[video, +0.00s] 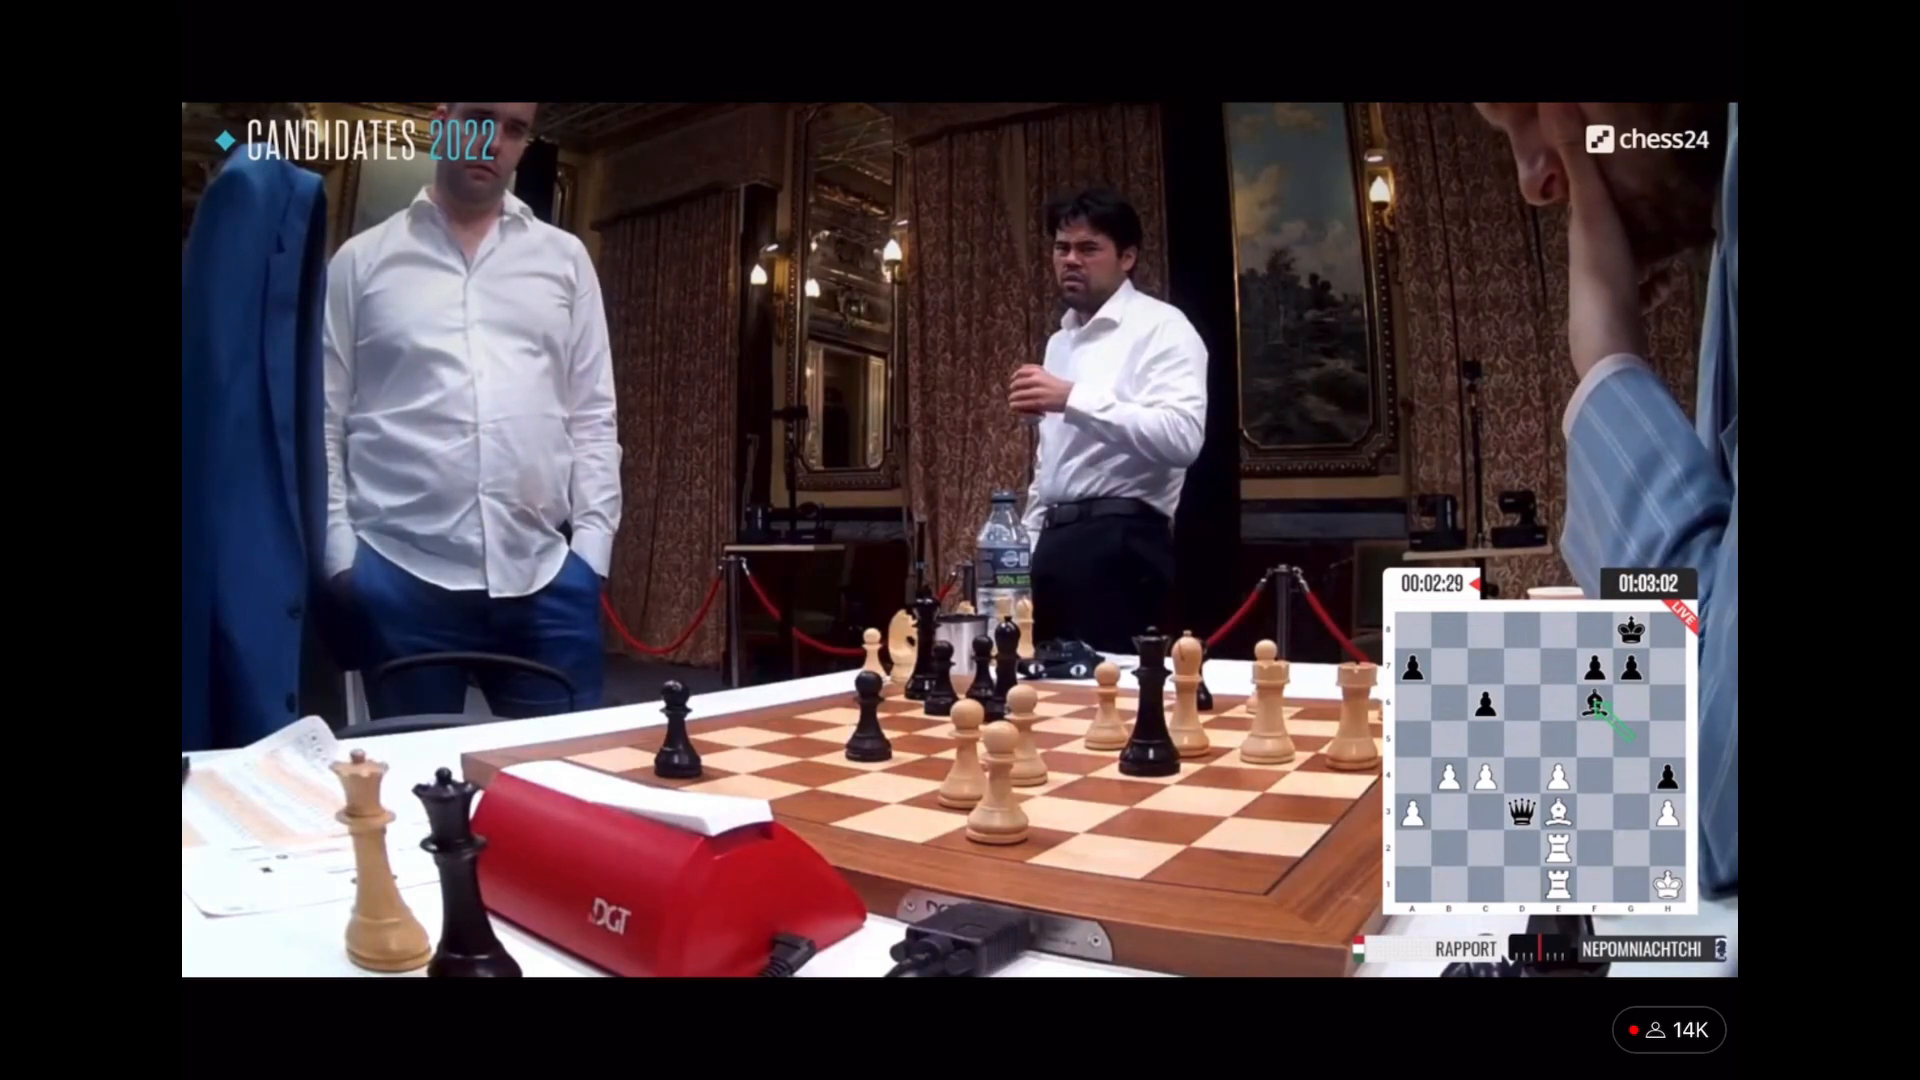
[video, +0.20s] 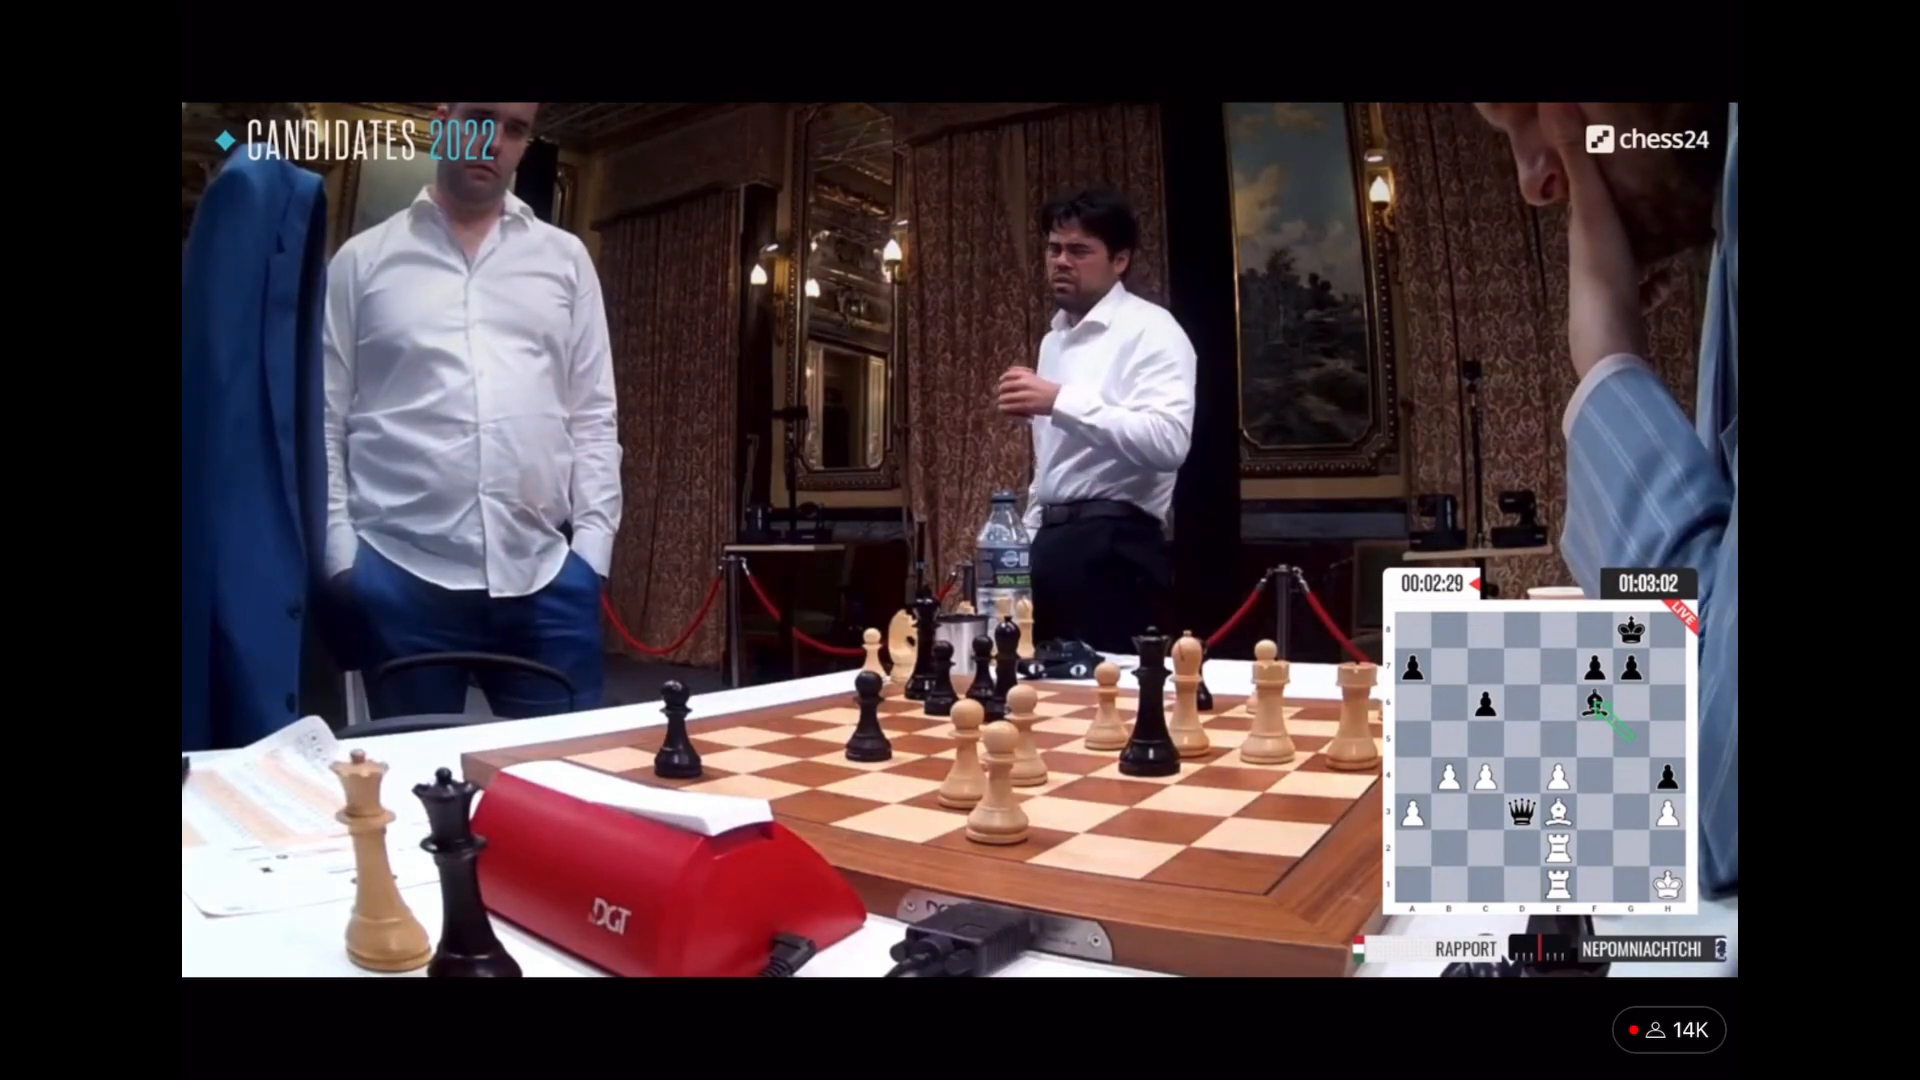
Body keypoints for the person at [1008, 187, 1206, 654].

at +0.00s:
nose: (1071, 261)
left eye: (1088, 248)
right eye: (1063, 248)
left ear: (1126, 258)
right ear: (1052, 254)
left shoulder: (1166, 329)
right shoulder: (1060, 344)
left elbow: (1181, 437)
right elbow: (1050, 461)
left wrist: (1072, 397)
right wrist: (1029, 539)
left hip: (1125, 536)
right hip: (1058, 535)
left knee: (1122, 696)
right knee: (1059, 696)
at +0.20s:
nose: (1061, 262)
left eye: (1079, 251)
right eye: (1055, 249)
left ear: (1119, 261)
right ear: (1045, 254)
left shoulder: (1155, 332)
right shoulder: (1054, 342)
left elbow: (1167, 442)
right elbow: (1051, 460)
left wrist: (1060, 400)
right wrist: (1030, 529)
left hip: (1118, 537)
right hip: (1055, 534)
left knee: (1118, 696)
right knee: (1060, 696)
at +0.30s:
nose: (1039, 264)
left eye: (1056, 251)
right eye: (1035, 250)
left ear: (1100, 262)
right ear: (1028, 254)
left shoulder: (1138, 332)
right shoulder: (1046, 338)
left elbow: (1148, 443)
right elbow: (1056, 445)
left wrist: (1039, 403)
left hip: (1105, 535)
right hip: (1050, 531)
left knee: (1103, 695)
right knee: (1055, 692)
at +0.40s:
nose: (1016, 266)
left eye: (1031, 253)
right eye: (1014, 254)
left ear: (1077, 261)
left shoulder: (1119, 333)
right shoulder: (1035, 338)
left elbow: (1125, 442)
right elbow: (1051, 445)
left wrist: (1018, 406)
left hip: (1092, 539)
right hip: (1040, 532)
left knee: (1092, 695)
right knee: (1044, 693)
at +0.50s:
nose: (979, 275)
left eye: (993, 261)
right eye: (979, 264)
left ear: (1041, 266)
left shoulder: (1083, 336)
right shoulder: (1017, 345)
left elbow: (1082, 444)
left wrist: (981, 409)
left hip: (1069, 546)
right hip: (1022, 540)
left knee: (1085, 699)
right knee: (1030, 697)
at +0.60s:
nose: (953, 283)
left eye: (965, 269)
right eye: (954, 271)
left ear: (1011, 273)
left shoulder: (1055, 342)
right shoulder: (999, 349)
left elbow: (1044, 446)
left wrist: (951, 412)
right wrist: (948, 415)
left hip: (1045, 546)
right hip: (1002, 539)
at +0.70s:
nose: (926, 289)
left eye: (936, 275)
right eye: (926, 278)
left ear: (981, 276)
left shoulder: (1021, 344)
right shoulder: (976, 348)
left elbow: (1009, 449)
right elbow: (979, 447)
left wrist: (920, 414)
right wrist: (917, 418)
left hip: (1007, 544)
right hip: (972, 537)